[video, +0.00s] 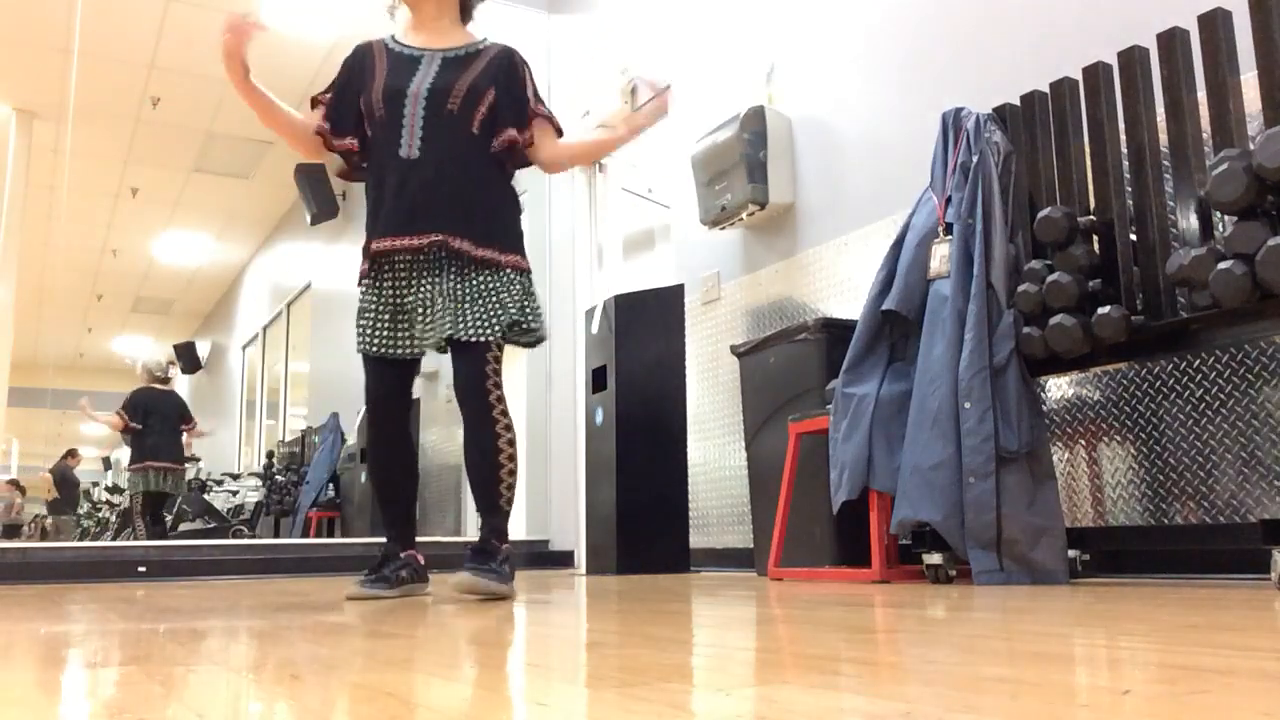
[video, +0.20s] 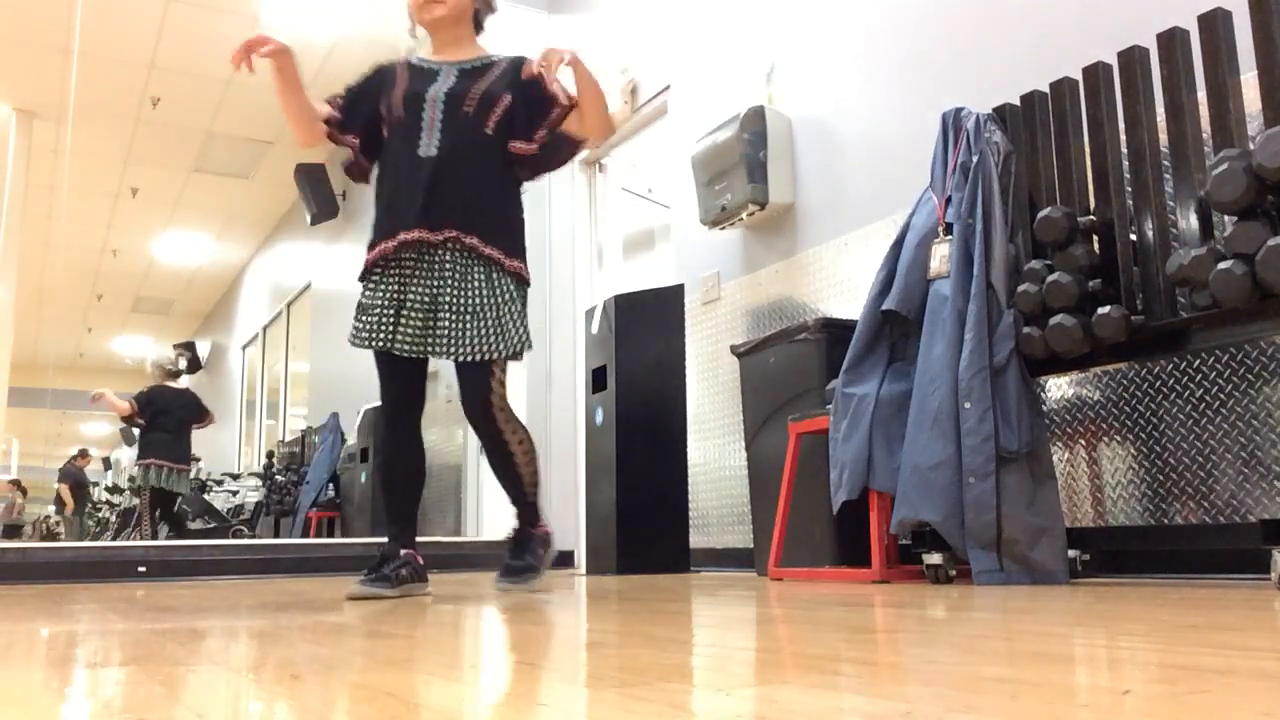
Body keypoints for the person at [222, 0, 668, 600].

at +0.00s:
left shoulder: (499, 61)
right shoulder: (370, 57)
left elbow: (550, 153)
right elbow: (317, 141)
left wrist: (629, 127)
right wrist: (242, 80)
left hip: (480, 249)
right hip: (394, 251)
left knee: (479, 386)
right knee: (385, 397)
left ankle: (492, 550)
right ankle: (402, 552)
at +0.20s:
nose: (420, 1)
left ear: (474, 4)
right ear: (416, 12)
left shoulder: (513, 76)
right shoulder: (391, 79)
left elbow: (594, 129)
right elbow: (311, 133)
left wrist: (577, 66)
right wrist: (282, 62)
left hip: (479, 256)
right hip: (400, 255)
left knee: (483, 401)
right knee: (399, 408)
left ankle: (531, 529)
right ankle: (403, 552)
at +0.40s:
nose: (444, 8)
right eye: (443, 2)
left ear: (497, 13)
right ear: (443, 24)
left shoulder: (534, 85)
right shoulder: (426, 100)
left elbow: (618, 135)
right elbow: (366, 171)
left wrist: (582, 86)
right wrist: (329, 100)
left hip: (510, 268)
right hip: (432, 268)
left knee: (515, 416)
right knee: (420, 415)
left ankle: (543, 552)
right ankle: (405, 555)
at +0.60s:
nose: (470, 17)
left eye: (485, 7)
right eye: (464, 10)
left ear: (518, 25)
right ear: (459, 30)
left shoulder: (553, 97)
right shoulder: (444, 113)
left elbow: (600, 177)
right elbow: (409, 198)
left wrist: (607, 143)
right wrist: (356, 154)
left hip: (539, 275)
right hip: (462, 279)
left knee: (533, 416)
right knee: (430, 406)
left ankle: (545, 553)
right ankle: (412, 549)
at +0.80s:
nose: (487, 29)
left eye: (502, 22)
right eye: (482, 24)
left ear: (534, 42)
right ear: (476, 48)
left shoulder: (562, 112)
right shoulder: (458, 121)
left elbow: (598, 187)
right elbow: (439, 198)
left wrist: (588, 195)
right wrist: (427, 241)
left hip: (545, 279)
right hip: (472, 281)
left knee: (540, 414)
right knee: (442, 399)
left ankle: (547, 552)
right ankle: (448, 547)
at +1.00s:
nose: (488, 27)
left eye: (504, 20)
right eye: (481, 23)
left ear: (534, 41)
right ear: (475, 47)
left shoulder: (559, 110)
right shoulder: (455, 120)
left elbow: (600, 188)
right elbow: (436, 213)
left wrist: (537, 156)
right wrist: (424, 286)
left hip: (538, 278)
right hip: (465, 280)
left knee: (538, 415)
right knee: (421, 398)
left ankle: (546, 551)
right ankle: (422, 537)